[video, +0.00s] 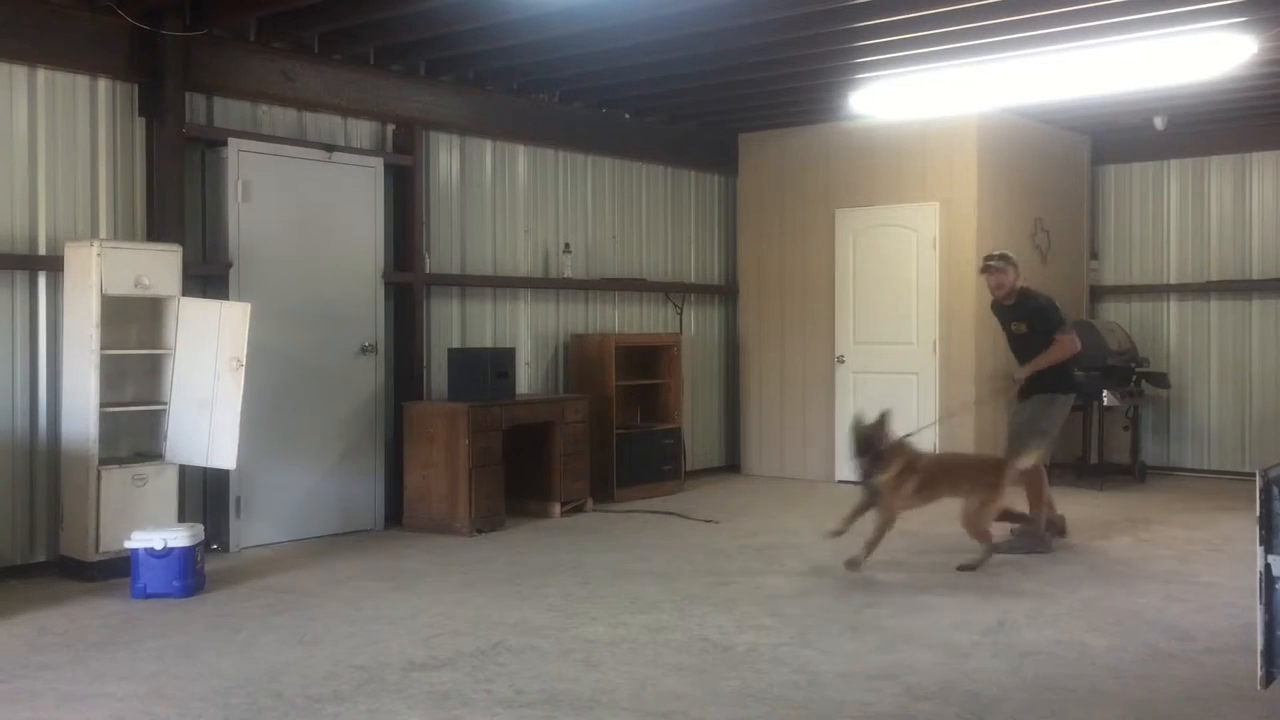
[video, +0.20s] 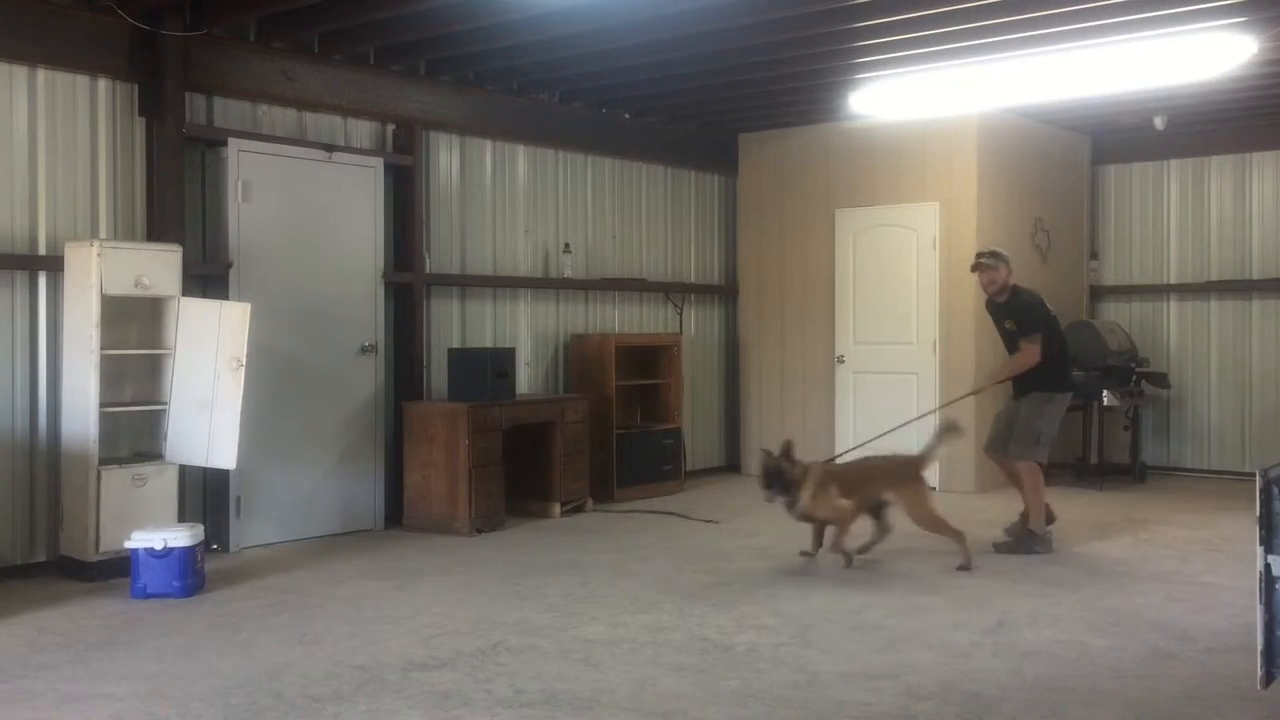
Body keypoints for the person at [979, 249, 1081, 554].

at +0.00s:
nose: (995, 280)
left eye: (1001, 272)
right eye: (990, 274)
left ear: (1016, 275)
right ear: (985, 279)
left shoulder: (1038, 304)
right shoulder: (998, 308)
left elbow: (1070, 344)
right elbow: (1028, 342)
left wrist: (1028, 368)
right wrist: (1026, 375)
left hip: (1056, 388)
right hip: (1031, 388)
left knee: (1030, 455)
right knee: (1021, 455)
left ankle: (1036, 531)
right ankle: (1050, 518)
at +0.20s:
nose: (986, 277)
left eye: (992, 270)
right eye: (981, 272)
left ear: (1008, 272)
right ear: (978, 277)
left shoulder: (1025, 302)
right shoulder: (994, 305)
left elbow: (1032, 355)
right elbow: (1019, 346)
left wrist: (990, 378)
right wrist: (1012, 375)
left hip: (1051, 387)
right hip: (1026, 386)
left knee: (1024, 455)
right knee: (996, 449)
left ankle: (1037, 533)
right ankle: (1038, 509)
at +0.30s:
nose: (978, 274)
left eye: (984, 268)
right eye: (973, 269)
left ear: (1000, 270)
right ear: (969, 275)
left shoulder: (1014, 299)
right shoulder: (988, 303)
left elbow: (1013, 355)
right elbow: (1010, 349)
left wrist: (974, 386)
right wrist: (1000, 375)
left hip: (1043, 387)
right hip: (1019, 386)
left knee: (1016, 457)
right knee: (989, 446)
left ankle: (1037, 533)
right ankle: (1013, 517)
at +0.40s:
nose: (964, 274)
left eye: (971, 268)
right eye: (960, 269)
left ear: (986, 270)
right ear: (958, 275)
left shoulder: (1000, 299)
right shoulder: (979, 302)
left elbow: (1002, 354)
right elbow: (999, 351)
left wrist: (965, 387)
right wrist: (982, 380)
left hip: (1031, 388)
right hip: (1010, 388)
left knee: (1006, 458)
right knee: (983, 450)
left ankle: (1034, 530)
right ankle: (981, 523)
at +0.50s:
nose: (953, 278)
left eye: (959, 271)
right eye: (948, 273)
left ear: (974, 273)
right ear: (945, 279)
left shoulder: (988, 301)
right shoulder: (967, 307)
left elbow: (993, 355)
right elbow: (987, 352)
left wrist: (956, 387)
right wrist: (979, 379)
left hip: (1018, 389)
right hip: (997, 389)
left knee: (986, 453)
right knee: (967, 450)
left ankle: (1021, 518)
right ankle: (972, 524)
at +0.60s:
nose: (941, 284)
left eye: (946, 277)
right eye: (937, 279)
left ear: (961, 278)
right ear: (935, 284)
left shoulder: (977, 307)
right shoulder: (957, 309)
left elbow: (989, 357)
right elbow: (981, 356)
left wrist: (953, 388)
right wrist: (967, 385)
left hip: (1000, 391)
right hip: (991, 390)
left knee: (953, 450)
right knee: (969, 450)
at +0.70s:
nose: (930, 287)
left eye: (935, 280)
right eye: (925, 282)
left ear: (950, 279)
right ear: (922, 286)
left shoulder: (966, 309)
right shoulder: (946, 313)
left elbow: (984, 357)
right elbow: (972, 355)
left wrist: (949, 386)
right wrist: (962, 384)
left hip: (992, 392)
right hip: (980, 391)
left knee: (951, 453)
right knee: (944, 454)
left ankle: (958, 527)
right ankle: (968, 524)